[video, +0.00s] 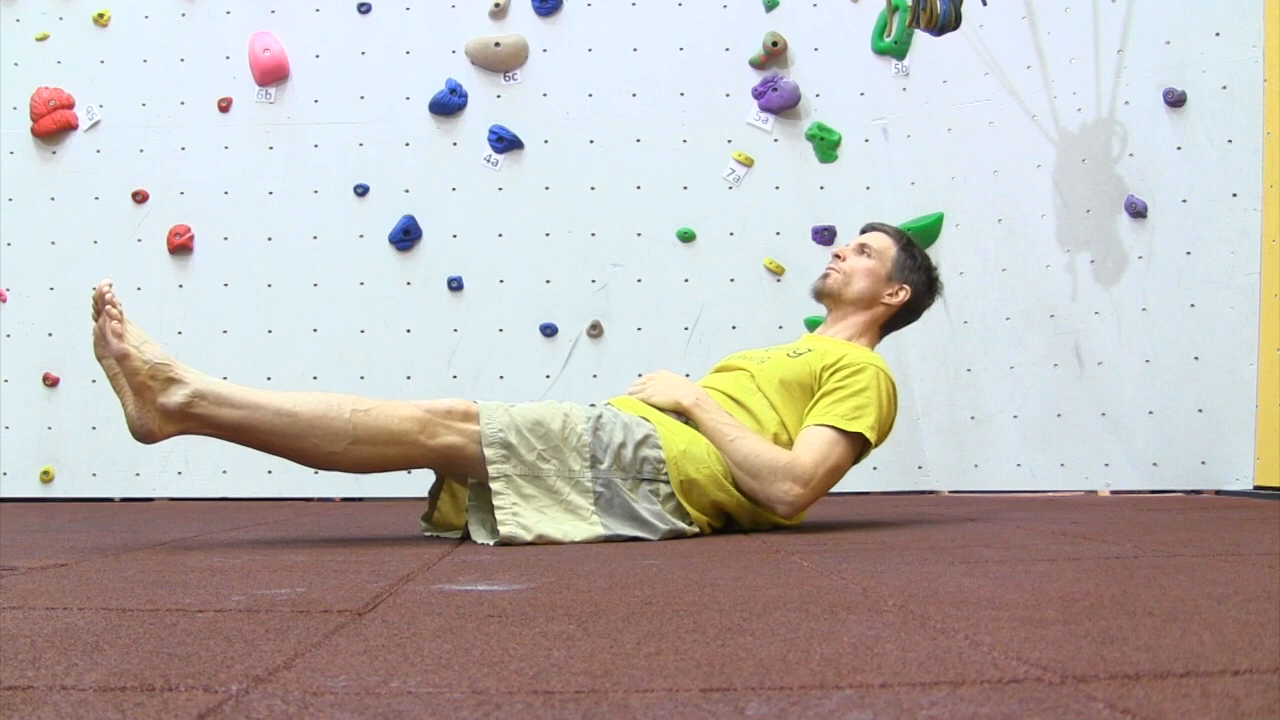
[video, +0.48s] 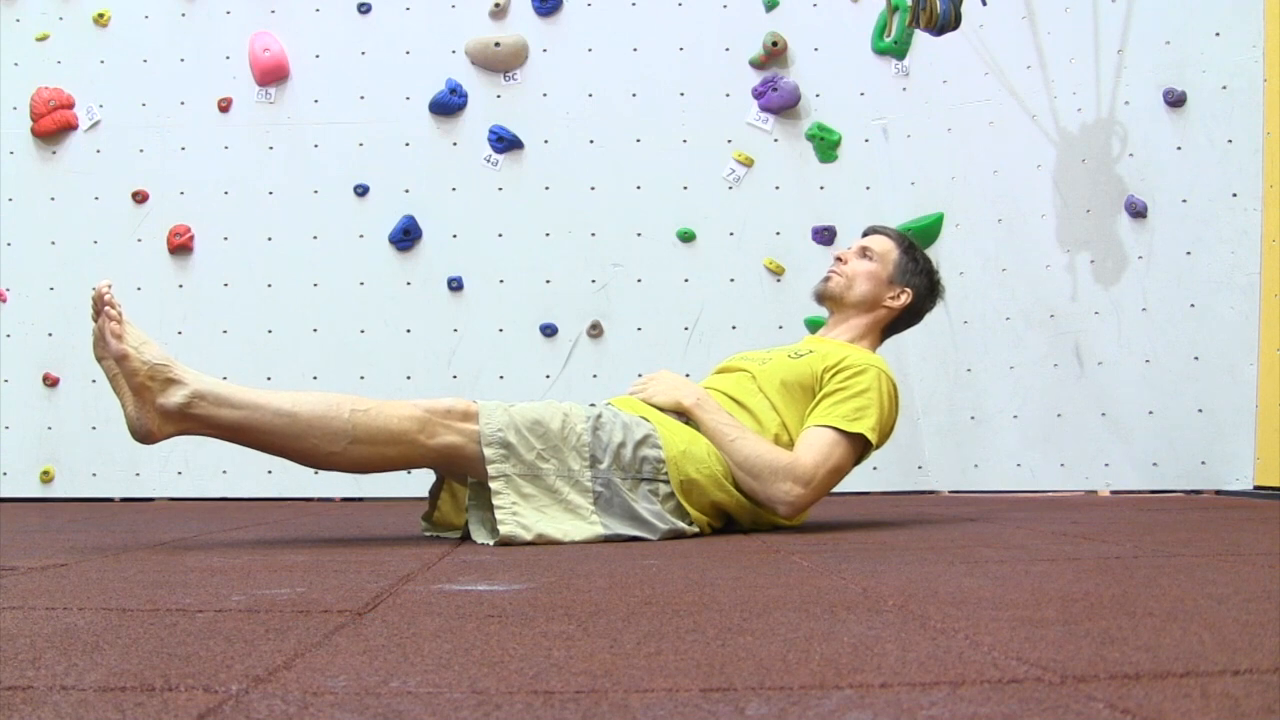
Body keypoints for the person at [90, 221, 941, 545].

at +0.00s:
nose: (841, 252)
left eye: (865, 251)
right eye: (848, 243)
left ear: (895, 296)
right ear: (848, 278)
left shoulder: (861, 372)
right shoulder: (800, 356)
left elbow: (791, 491)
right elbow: (752, 467)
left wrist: (698, 400)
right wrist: (675, 407)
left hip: (661, 461)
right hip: (642, 447)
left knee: (442, 427)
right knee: (432, 429)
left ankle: (178, 400)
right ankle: (179, 402)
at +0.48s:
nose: (843, 252)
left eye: (867, 252)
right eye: (852, 244)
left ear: (895, 299)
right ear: (856, 282)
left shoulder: (863, 374)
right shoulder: (802, 358)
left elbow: (791, 492)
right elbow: (749, 467)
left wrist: (699, 402)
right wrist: (673, 408)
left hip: (659, 460)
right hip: (639, 446)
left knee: (441, 428)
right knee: (429, 430)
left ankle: (177, 400)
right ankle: (179, 401)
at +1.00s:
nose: (846, 254)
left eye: (869, 254)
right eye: (856, 246)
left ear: (896, 300)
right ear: (861, 284)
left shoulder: (865, 377)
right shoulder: (804, 358)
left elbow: (791, 492)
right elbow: (748, 466)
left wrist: (700, 403)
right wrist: (674, 406)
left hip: (660, 461)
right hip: (642, 445)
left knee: (444, 426)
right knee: (436, 423)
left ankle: (179, 398)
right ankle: (181, 399)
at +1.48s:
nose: (846, 257)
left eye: (870, 257)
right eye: (856, 248)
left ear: (898, 303)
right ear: (860, 286)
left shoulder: (866, 378)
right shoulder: (806, 361)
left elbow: (792, 493)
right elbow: (752, 471)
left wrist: (701, 402)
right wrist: (676, 408)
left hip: (661, 461)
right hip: (643, 446)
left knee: (444, 427)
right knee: (435, 422)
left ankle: (179, 399)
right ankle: (181, 401)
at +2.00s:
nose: (847, 256)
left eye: (872, 256)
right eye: (858, 247)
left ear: (898, 304)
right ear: (864, 288)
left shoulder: (865, 378)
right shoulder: (806, 360)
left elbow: (792, 493)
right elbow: (753, 472)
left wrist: (698, 402)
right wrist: (675, 411)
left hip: (660, 461)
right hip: (642, 447)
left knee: (444, 430)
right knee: (433, 430)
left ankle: (176, 411)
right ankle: (177, 413)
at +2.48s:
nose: (850, 261)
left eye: (874, 261)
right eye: (860, 252)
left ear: (900, 309)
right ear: (865, 293)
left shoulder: (866, 381)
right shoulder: (810, 365)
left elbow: (793, 495)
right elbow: (758, 474)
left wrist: (701, 402)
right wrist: (674, 411)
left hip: (659, 461)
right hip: (639, 446)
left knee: (443, 427)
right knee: (434, 422)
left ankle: (178, 404)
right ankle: (179, 405)